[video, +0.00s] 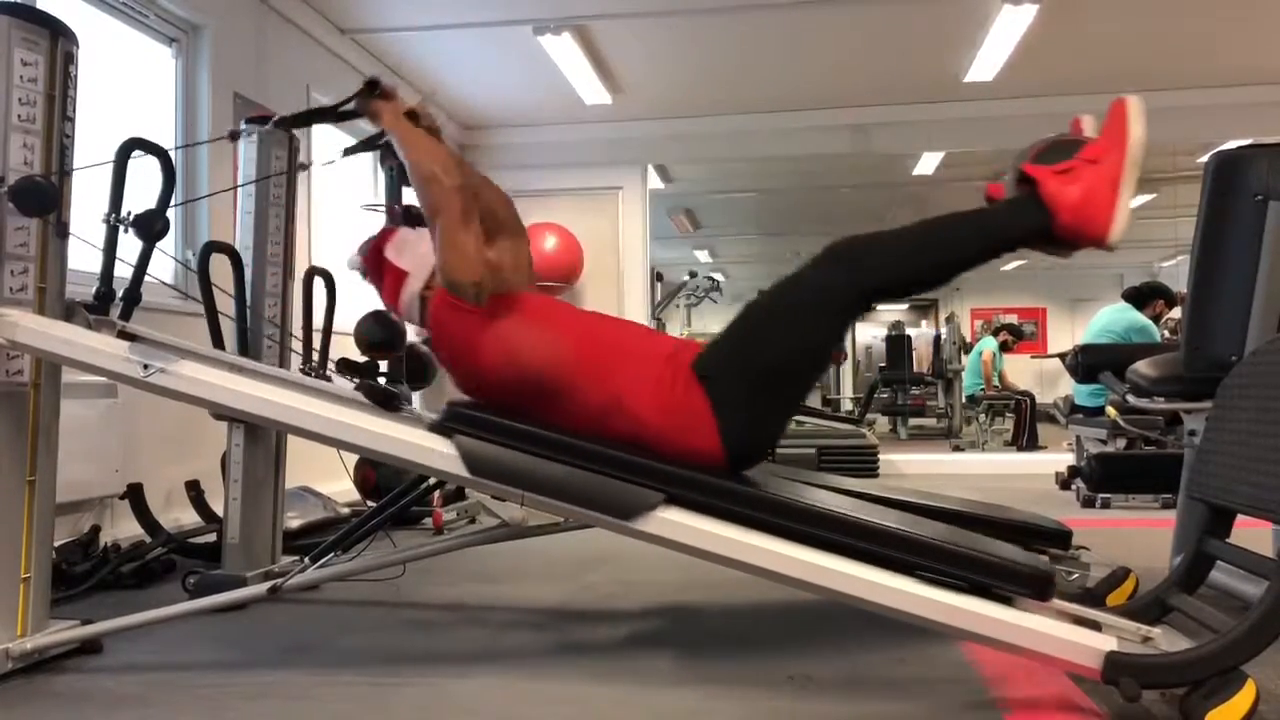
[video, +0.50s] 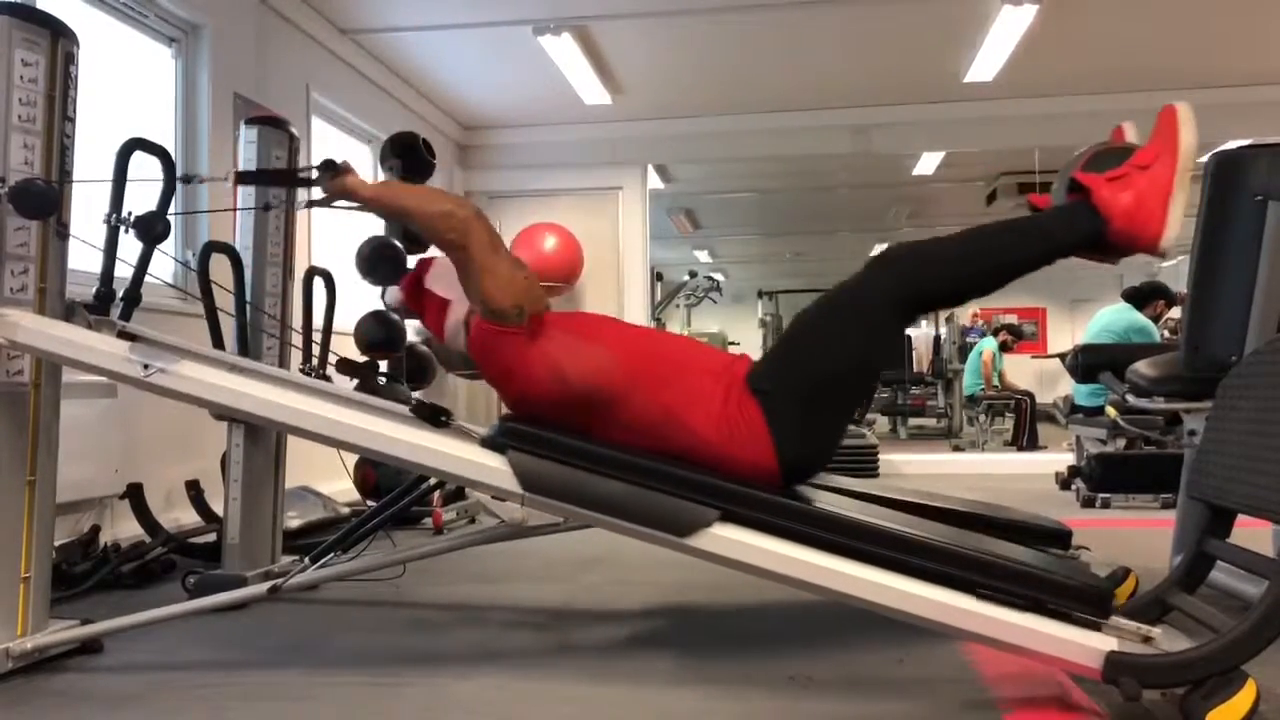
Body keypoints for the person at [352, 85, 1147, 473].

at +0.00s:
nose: (429, 239)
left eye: (421, 235)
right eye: (417, 238)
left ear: (419, 277)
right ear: (413, 270)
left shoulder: (483, 319)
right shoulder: (465, 314)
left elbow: (545, 249)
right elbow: (470, 218)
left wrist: (443, 153)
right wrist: (400, 131)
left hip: (706, 400)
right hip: (711, 415)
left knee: (844, 265)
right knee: (844, 269)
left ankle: (1033, 203)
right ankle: (1051, 208)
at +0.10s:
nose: (486, 244)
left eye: (454, 233)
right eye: (452, 241)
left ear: (430, 280)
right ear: (438, 272)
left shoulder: (500, 322)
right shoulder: (487, 329)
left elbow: (524, 244)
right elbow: (472, 222)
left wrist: (424, 179)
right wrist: (399, 159)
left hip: (739, 404)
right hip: (742, 424)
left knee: (878, 269)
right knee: (880, 274)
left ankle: (1068, 200)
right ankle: (1086, 207)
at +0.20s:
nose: (518, 264)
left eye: (504, 259)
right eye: (501, 265)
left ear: (471, 310)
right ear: (482, 303)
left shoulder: (533, 344)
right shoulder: (518, 347)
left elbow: (463, 238)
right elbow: (454, 229)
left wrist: (401, 193)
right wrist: (373, 182)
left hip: (763, 415)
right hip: (770, 434)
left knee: (894, 275)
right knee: (896, 281)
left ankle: (1087, 201)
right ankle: (1109, 206)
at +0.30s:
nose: (512, 267)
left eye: (495, 267)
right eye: (494, 269)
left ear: (472, 325)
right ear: (483, 309)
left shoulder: (536, 350)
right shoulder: (524, 340)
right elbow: (446, 234)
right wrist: (357, 206)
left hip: (774, 422)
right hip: (790, 437)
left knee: (910, 277)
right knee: (915, 283)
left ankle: (1106, 203)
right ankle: (1122, 208)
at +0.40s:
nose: (517, 271)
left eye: (498, 269)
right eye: (497, 272)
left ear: (476, 324)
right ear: (485, 312)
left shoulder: (541, 351)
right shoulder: (529, 347)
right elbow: (451, 235)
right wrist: (357, 208)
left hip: (774, 418)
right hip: (789, 437)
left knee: (911, 276)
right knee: (917, 281)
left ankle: (1109, 206)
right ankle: (1122, 212)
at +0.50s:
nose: (517, 255)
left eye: (497, 254)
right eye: (497, 258)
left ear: (456, 317)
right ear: (476, 302)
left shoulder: (522, 345)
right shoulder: (513, 342)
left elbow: (551, 247)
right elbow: (457, 218)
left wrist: (431, 241)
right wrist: (366, 191)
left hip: (757, 411)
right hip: (766, 434)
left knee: (891, 272)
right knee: (893, 279)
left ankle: (1090, 208)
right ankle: (1107, 214)